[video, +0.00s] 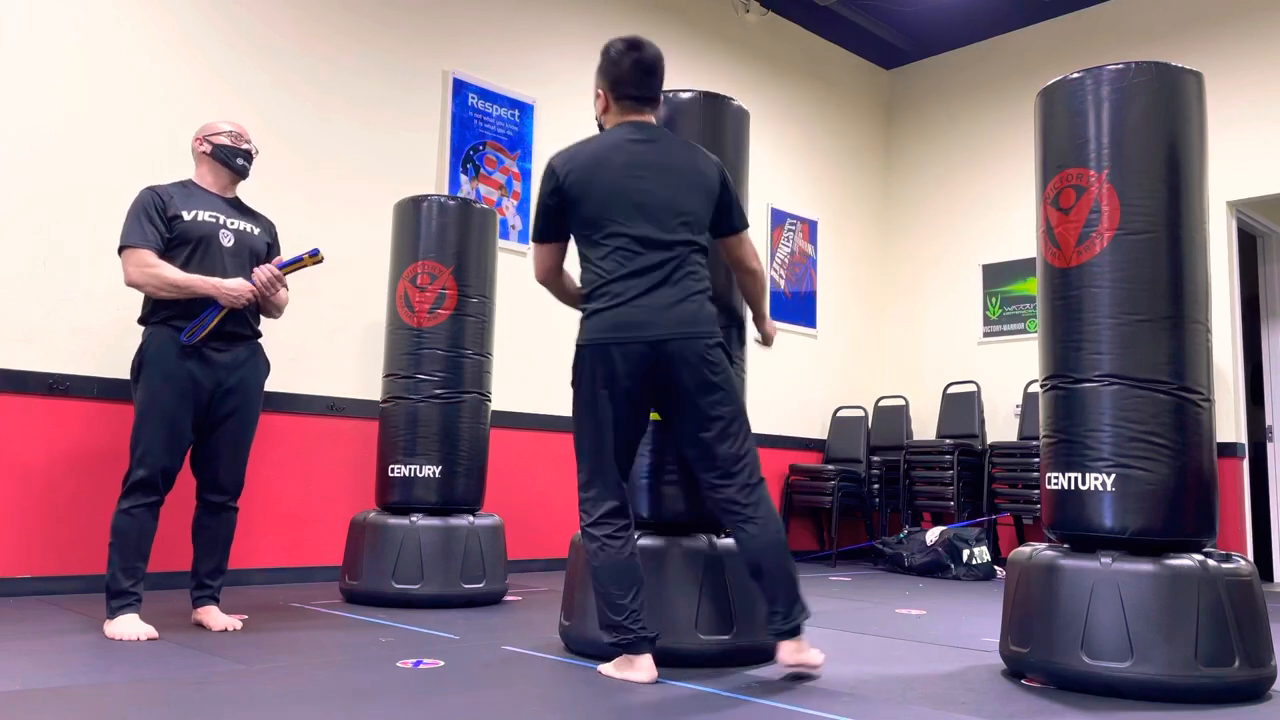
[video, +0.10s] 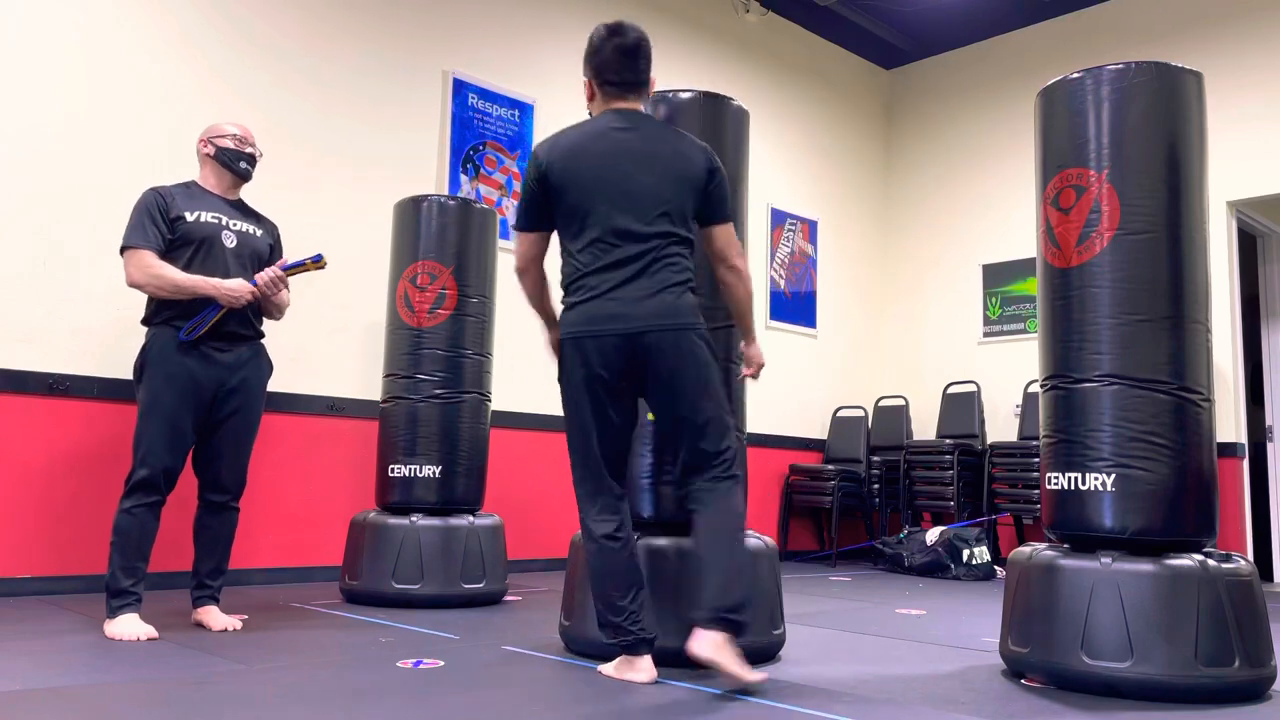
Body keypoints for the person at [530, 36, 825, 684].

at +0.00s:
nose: (594, 102)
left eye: (595, 94)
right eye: (599, 93)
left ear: (602, 96)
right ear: (659, 96)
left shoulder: (570, 165)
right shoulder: (702, 164)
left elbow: (547, 271)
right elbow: (746, 263)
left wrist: (587, 300)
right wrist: (762, 316)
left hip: (609, 342)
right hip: (695, 339)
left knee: (605, 502)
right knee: (739, 485)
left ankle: (635, 654)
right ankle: (792, 636)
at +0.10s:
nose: (594, 88)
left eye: (587, 81)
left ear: (588, 85)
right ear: (652, 85)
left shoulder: (554, 154)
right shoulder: (691, 152)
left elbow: (528, 263)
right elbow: (729, 259)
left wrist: (552, 325)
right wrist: (751, 336)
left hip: (592, 333)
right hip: (676, 330)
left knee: (602, 495)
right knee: (714, 470)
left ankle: (633, 653)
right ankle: (714, 626)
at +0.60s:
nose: (570, 48)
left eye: (563, 38)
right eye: (568, 38)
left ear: (499, 49)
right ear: (562, 40)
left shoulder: (460, 124)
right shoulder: (581, 99)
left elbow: (437, 235)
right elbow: (620, 203)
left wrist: (435, 330)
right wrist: (625, 285)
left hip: (471, 311)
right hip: (544, 307)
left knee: (485, 474)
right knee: (541, 490)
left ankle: (430, 626)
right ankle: (532, 680)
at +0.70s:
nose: (547, 54)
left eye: (542, 42)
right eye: (544, 43)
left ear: (476, 52)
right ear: (533, 44)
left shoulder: (437, 125)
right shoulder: (541, 101)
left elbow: (421, 242)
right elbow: (580, 197)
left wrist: (444, 305)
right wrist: (599, 250)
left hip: (443, 311)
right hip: (513, 308)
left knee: (432, 485)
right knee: (528, 494)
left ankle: (348, 638)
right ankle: (530, 681)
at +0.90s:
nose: (494, 60)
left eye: (493, 49)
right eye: (492, 48)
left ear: (424, 50)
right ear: (476, 46)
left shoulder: (395, 114)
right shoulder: (472, 101)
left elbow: (404, 214)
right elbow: (494, 205)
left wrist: (492, 226)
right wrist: (540, 199)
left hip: (376, 312)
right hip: (436, 314)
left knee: (355, 485)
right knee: (477, 485)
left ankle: (321, 656)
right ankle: (497, 671)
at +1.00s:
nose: (475, 51)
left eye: (471, 38)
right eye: (471, 38)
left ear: (404, 44)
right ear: (451, 38)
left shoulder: (381, 107)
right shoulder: (449, 96)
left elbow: (421, 204)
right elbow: (482, 206)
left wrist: (490, 185)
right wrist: (511, 167)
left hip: (363, 302)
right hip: (415, 304)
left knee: (352, 479)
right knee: (448, 477)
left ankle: (321, 654)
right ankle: (406, 667)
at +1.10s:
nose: (458, 46)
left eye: (455, 34)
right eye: (455, 33)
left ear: (390, 39)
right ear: (435, 33)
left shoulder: (366, 103)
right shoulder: (431, 92)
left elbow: (403, 204)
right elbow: (477, 205)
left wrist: (479, 180)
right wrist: (488, 169)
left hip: (357, 303)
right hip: (403, 305)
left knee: (353, 475)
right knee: (414, 477)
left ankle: (321, 648)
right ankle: (321, 658)